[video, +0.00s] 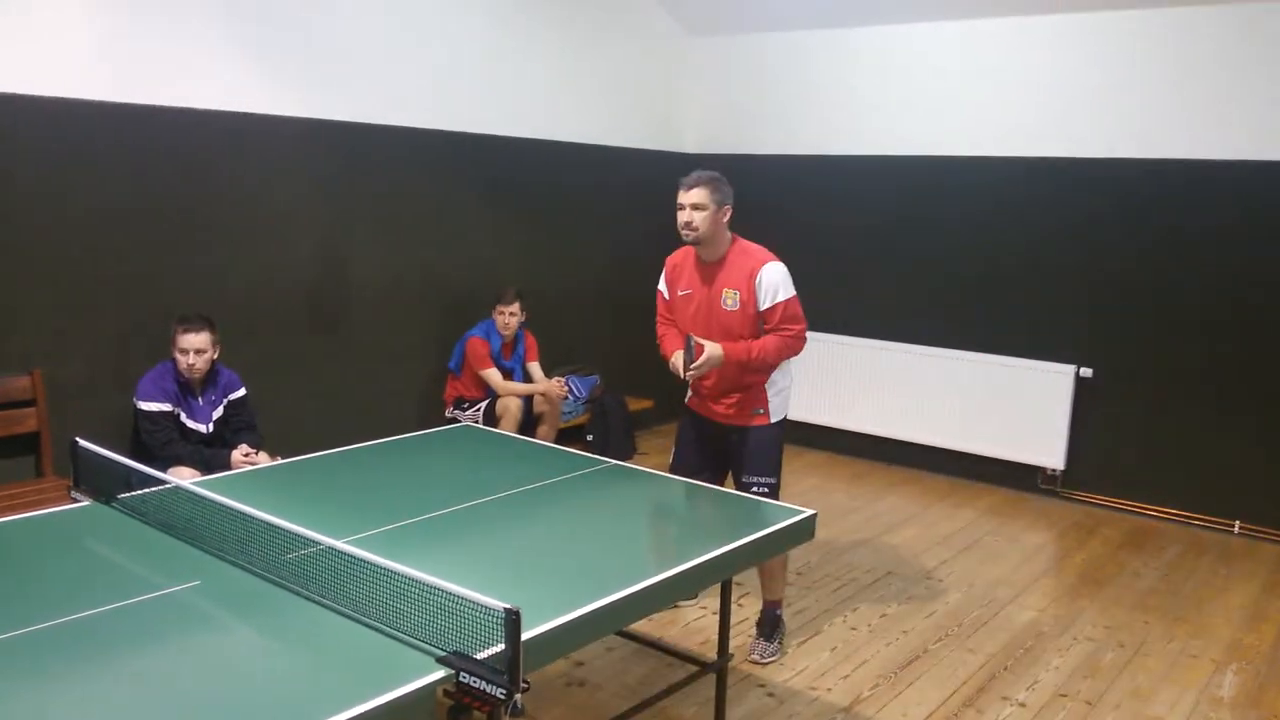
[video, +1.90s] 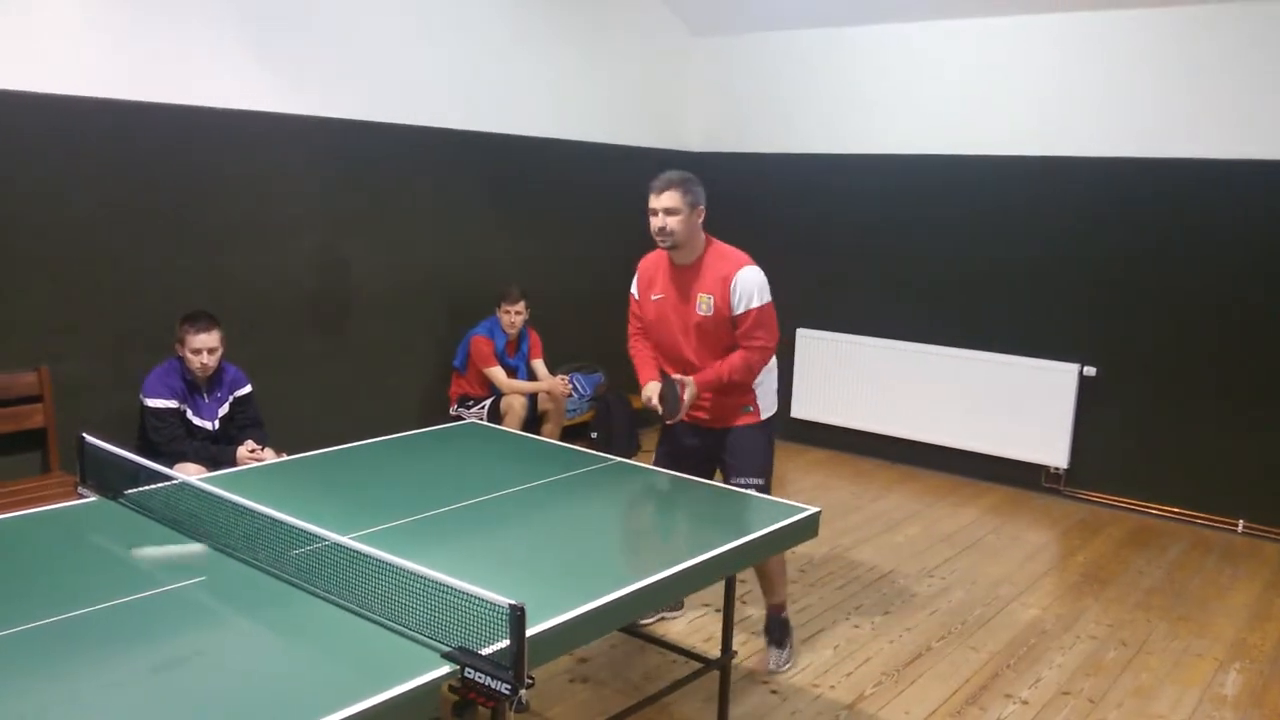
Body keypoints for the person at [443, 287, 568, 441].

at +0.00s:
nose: (506, 320)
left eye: (512, 315)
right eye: (501, 314)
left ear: (522, 317)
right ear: (494, 315)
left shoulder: (526, 339)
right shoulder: (477, 341)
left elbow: (539, 379)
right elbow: (500, 388)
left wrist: (553, 387)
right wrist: (545, 388)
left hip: (499, 401)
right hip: (463, 407)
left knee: (551, 403)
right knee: (513, 405)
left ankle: (539, 464)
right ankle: (501, 463)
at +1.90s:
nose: (512, 319)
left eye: (518, 313)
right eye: (507, 313)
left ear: (527, 315)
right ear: (498, 313)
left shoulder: (530, 337)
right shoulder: (480, 339)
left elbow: (544, 377)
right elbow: (505, 386)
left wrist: (558, 385)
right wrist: (549, 386)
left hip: (503, 399)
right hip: (468, 405)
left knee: (556, 400)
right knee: (517, 403)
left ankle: (546, 462)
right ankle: (504, 460)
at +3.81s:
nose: (504, 325)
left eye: (510, 319)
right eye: (498, 318)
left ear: (518, 320)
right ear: (489, 317)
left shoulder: (521, 342)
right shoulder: (472, 344)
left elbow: (536, 383)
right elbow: (496, 392)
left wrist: (550, 391)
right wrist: (540, 391)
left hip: (493, 405)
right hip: (457, 411)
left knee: (547, 406)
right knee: (508, 407)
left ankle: (535, 468)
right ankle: (495, 467)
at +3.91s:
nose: (504, 324)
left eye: (510, 318)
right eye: (498, 317)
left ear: (518, 319)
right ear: (489, 316)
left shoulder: (521, 341)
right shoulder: (472, 343)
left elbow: (536, 382)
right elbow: (496, 391)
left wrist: (550, 390)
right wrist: (539, 391)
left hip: (494, 404)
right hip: (457, 410)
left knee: (547, 405)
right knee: (508, 407)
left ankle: (534, 468)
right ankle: (495, 467)